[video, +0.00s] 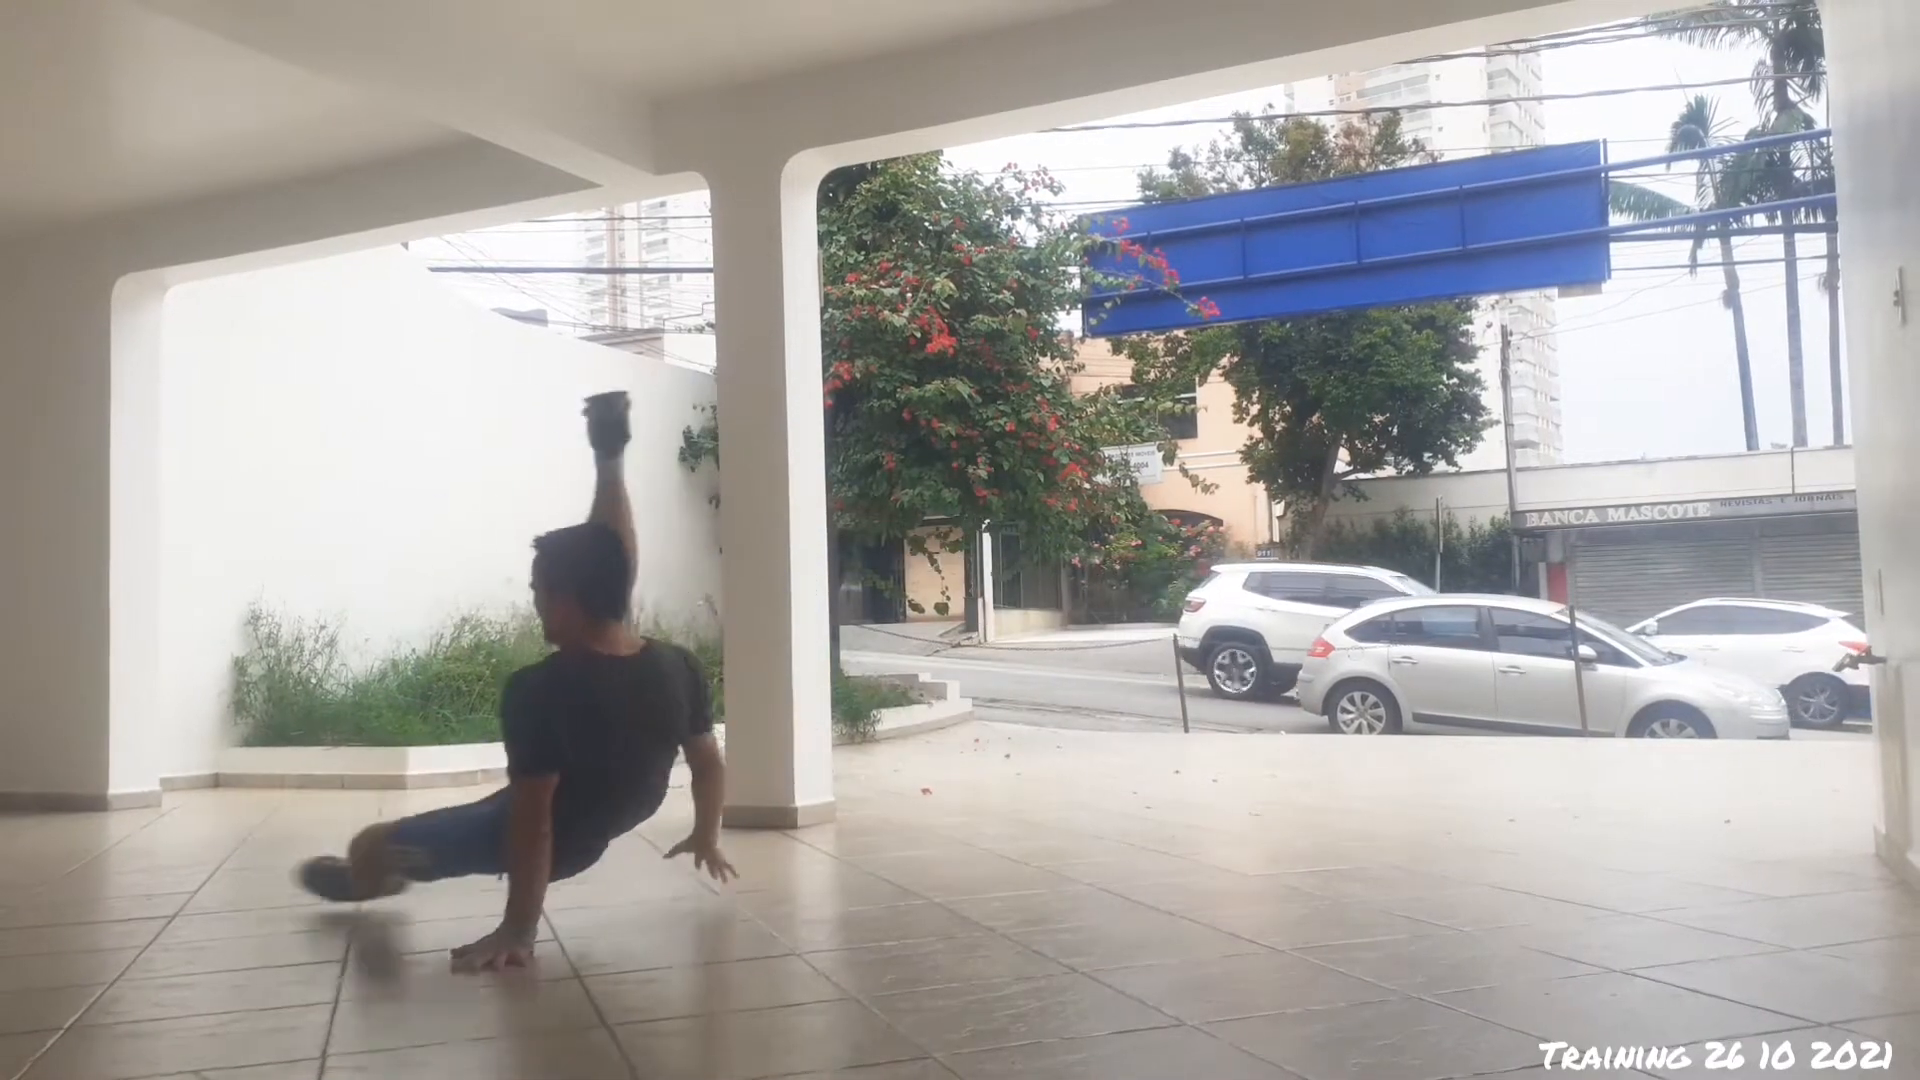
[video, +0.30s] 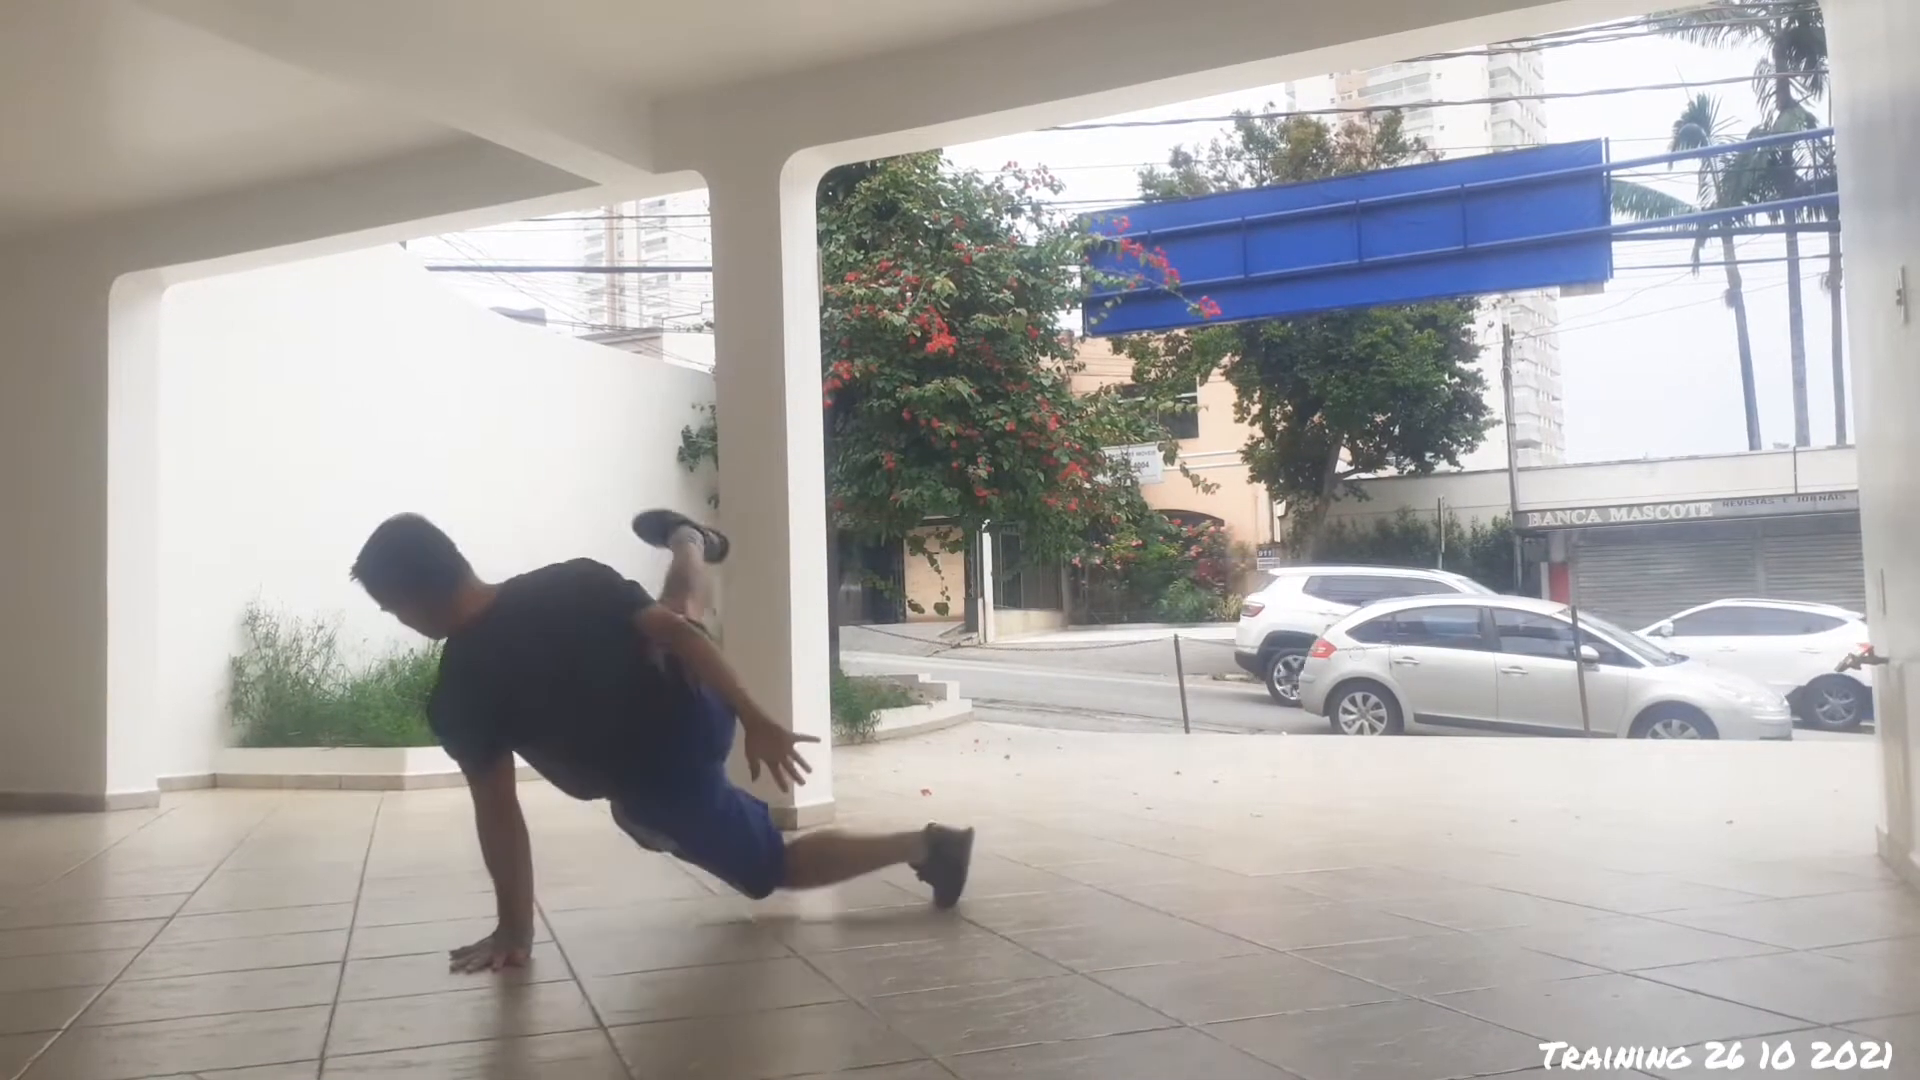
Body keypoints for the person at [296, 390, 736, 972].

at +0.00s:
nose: (535, 606)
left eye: (540, 592)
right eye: (536, 591)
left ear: (567, 601)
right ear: (619, 598)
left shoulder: (535, 689)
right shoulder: (676, 669)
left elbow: (532, 822)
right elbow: (707, 763)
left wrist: (517, 930)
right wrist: (707, 836)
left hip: (536, 836)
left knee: (376, 842)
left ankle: (364, 884)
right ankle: (610, 457)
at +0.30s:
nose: (397, 625)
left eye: (392, 611)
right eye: (389, 612)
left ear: (411, 599)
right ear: (454, 554)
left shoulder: (460, 694)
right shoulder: (571, 580)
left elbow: (500, 816)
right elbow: (676, 632)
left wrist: (513, 935)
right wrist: (754, 716)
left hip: (659, 790)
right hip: (703, 715)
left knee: (776, 861)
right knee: (679, 620)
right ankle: (691, 540)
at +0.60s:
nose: (439, 662)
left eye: (428, 650)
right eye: (425, 652)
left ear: (442, 623)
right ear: (466, 583)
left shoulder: (519, 675)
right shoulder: (572, 581)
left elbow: (530, 812)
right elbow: (689, 604)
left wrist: (515, 932)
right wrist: (776, 658)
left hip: (711, 751)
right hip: (743, 691)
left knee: (827, 875)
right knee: (696, 781)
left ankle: (999, 839)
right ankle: (754, 859)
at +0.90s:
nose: (439, 736)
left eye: (421, 727)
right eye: (422, 732)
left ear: (428, 692)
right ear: (434, 670)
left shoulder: (511, 670)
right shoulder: (515, 636)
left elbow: (538, 814)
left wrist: (515, 934)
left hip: (718, 649)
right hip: (715, 629)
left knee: (843, 768)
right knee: (723, 739)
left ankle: (1017, 834)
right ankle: (761, 847)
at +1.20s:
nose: (481, 778)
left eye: (465, 773)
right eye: (469, 778)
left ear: (461, 730)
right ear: (460, 716)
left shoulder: (540, 685)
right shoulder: (527, 674)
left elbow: (551, 816)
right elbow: (549, 813)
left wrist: (519, 932)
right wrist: (521, 926)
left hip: (735, 611)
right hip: (709, 622)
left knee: (810, 741)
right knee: (743, 735)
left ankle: (905, 884)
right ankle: (766, 845)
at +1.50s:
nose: (543, 791)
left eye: (530, 789)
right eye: (531, 793)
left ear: (523, 750)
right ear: (520, 736)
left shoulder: (587, 705)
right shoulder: (576, 687)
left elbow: (574, 828)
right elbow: (576, 824)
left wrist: (519, 930)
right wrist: (524, 926)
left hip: (783, 601)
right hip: (752, 604)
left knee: (844, 739)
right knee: (769, 734)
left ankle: (914, 894)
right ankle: (767, 844)